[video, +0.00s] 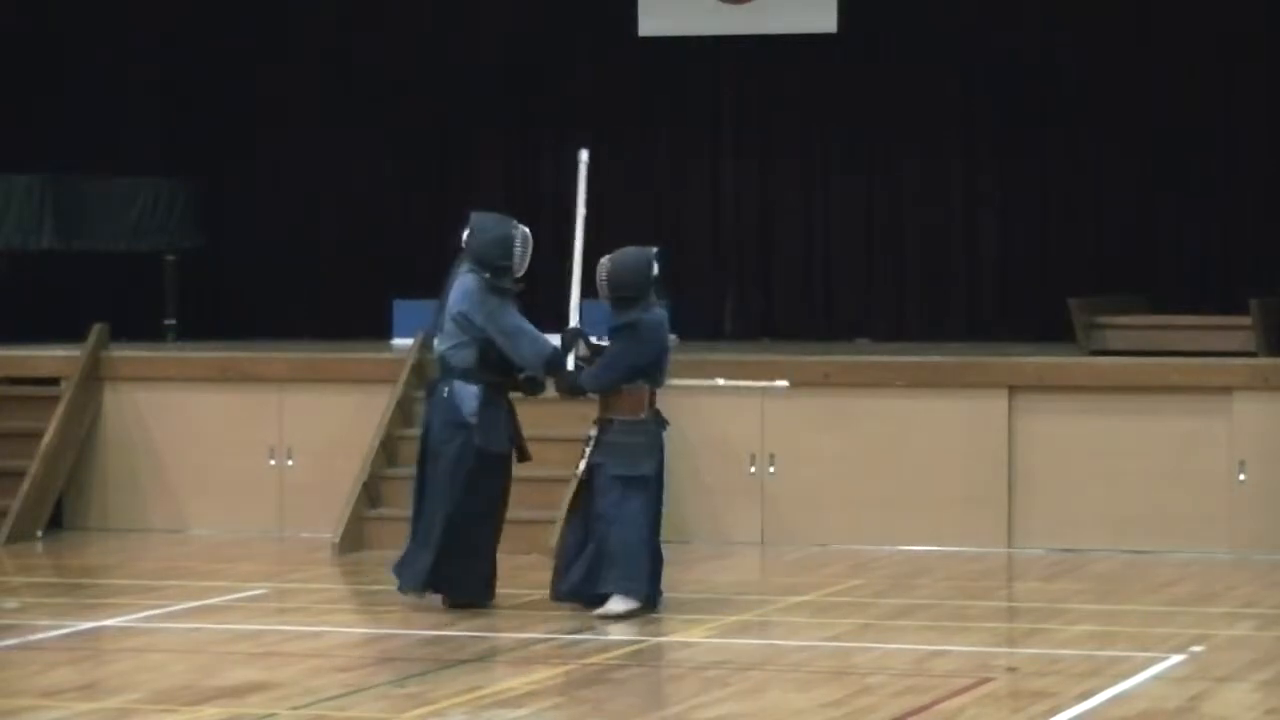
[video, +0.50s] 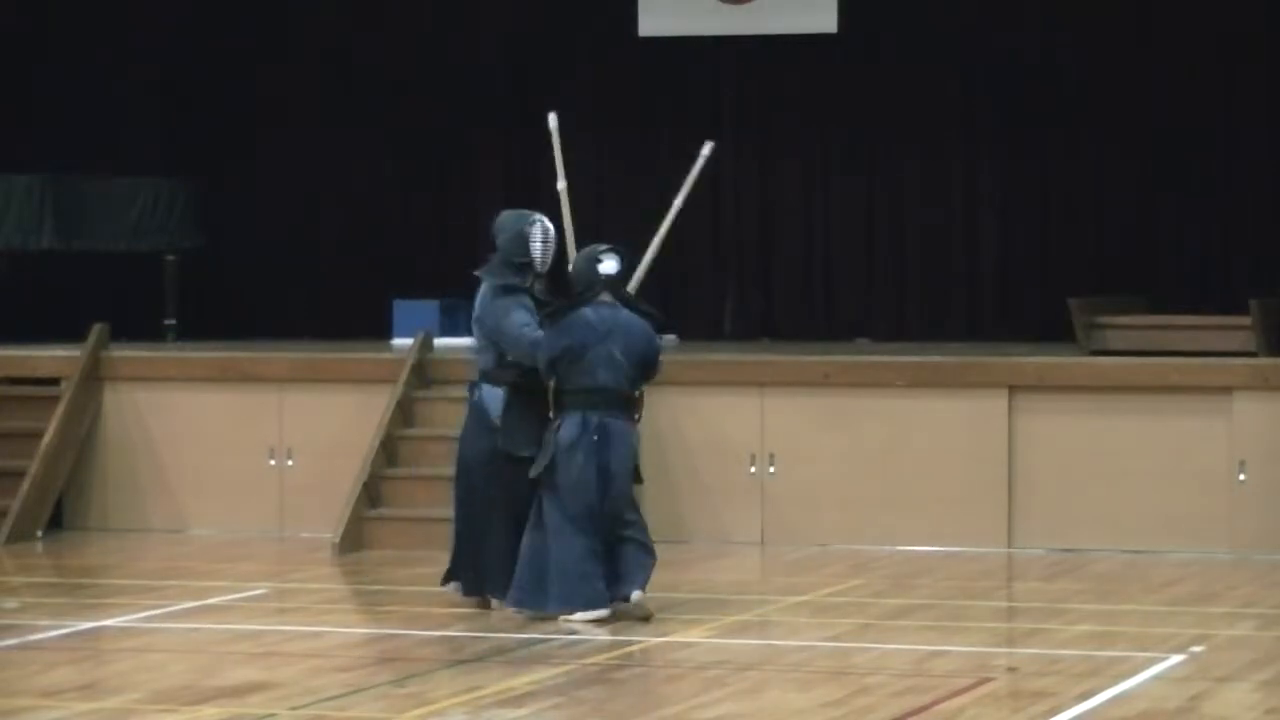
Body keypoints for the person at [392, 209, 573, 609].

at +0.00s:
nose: (519, 261)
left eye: (519, 253)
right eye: (514, 253)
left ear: (479, 252)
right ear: (498, 256)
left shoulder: (477, 284)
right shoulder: (477, 291)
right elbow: (528, 347)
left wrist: (533, 368)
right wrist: (556, 356)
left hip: (476, 398)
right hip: (470, 402)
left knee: (477, 490)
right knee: (473, 491)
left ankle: (468, 584)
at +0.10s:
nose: (528, 262)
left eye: (528, 253)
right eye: (523, 255)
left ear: (488, 253)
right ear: (506, 258)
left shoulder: (485, 285)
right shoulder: (482, 291)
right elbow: (526, 343)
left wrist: (534, 371)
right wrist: (556, 359)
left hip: (483, 396)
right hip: (473, 400)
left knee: (489, 488)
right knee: (480, 489)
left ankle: (476, 582)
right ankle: (469, 584)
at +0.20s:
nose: (537, 264)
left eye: (536, 256)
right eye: (532, 256)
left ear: (499, 254)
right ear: (517, 259)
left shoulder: (498, 288)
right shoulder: (488, 293)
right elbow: (536, 343)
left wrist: (550, 364)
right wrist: (573, 358)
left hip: (490, 395)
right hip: (474, 398)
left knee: (487, 487)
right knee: (480, 487)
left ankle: (470, 580)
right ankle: (473, 583)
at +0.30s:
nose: (543, 262)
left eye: (543, 253)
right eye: (539, 254)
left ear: (504, 252)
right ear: (524, 256)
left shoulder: (494, 285)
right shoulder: (496, 295)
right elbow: (549, 346)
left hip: (478, 394)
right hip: (488, 401)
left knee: (468, 488)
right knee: (505, 490)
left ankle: (459, 581)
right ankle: (503, 585)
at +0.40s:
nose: (545, 257)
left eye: (545, 248)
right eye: (540, 249)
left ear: (507, 250)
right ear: (523, 252)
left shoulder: (508, 288)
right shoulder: (501, 295)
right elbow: (545, 349)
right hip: (495, 403)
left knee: (479, 490)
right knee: (499, 492)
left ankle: (467, 580)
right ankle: (495, 584)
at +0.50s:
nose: (547, 254)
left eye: (547, 245)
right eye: (542, 246)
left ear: (510, 249)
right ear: (524, 250)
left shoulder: (519, 291)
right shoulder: (503, 299)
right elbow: (537, 348)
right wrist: (580, 338)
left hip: (516, 397)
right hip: (502, 401)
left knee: (494, 488)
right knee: (499, 490)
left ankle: (477, 577)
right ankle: (491, 582)